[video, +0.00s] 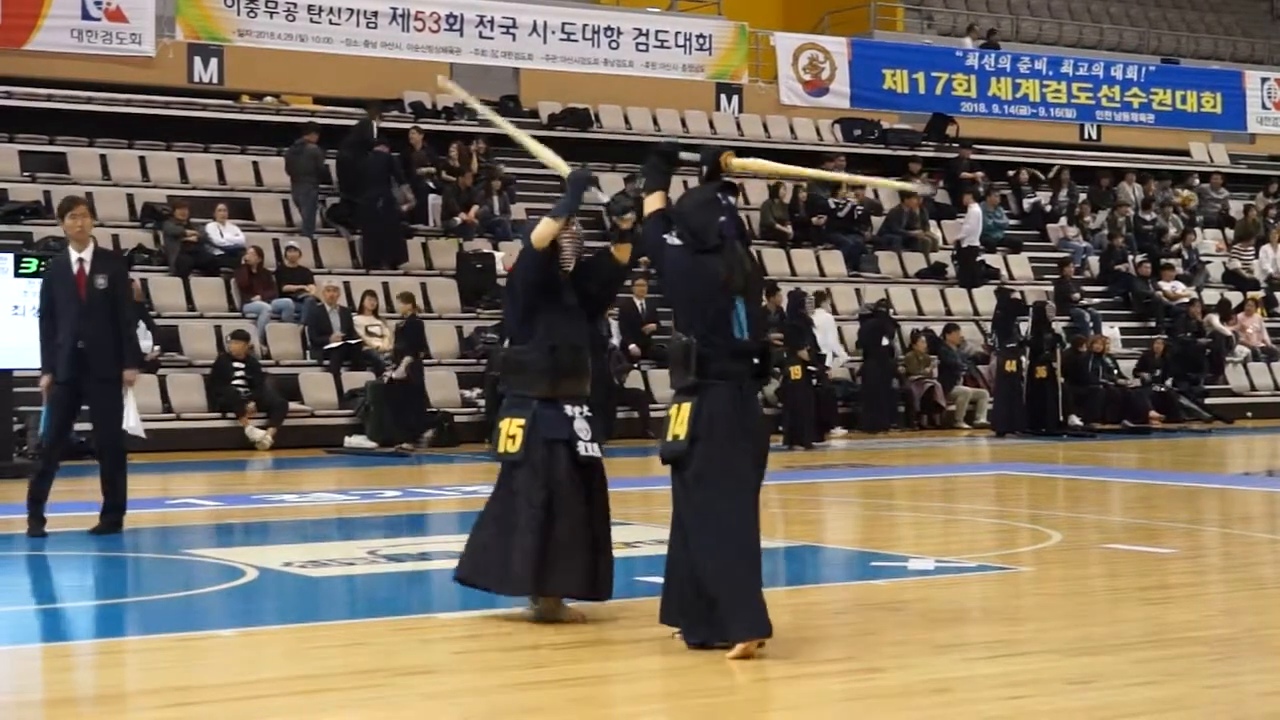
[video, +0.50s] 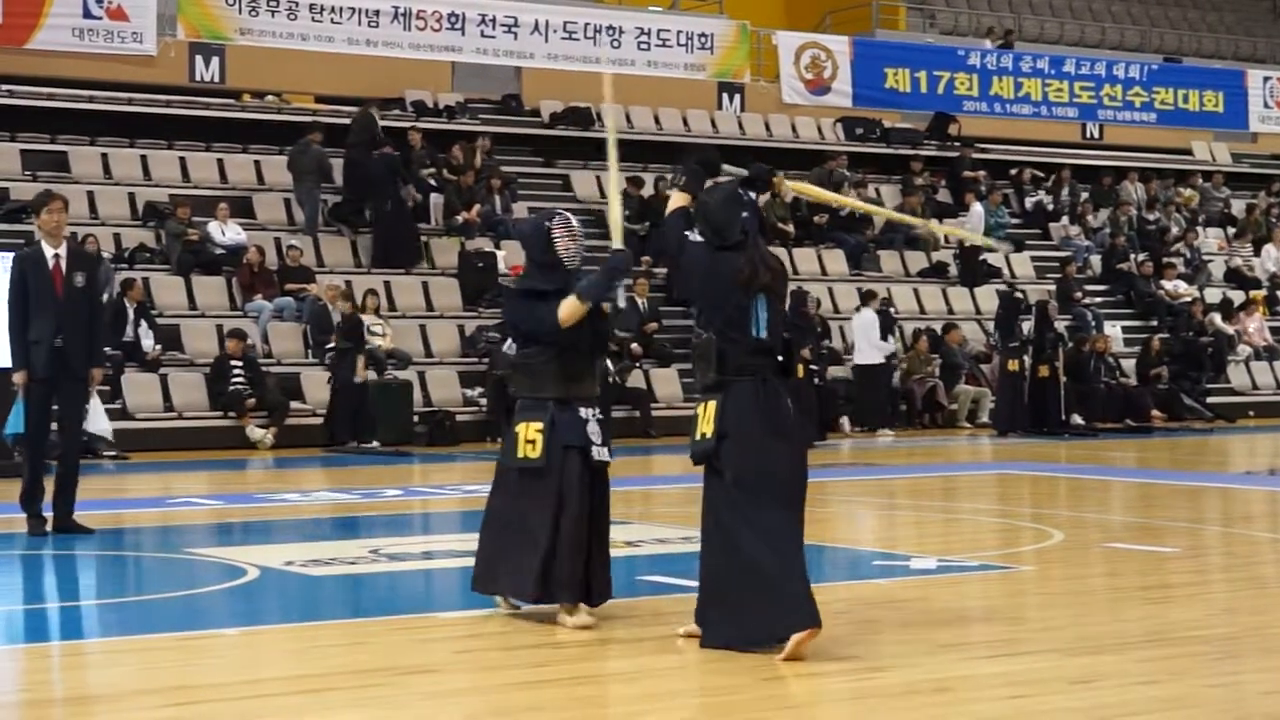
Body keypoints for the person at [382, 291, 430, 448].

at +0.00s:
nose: (398, 307)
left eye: (400, 304)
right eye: (398, 304)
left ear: (409, 305)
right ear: (407, 305)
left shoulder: (413, 322)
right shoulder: (404, 322)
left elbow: (412, 348)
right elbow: (401, 346)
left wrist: (403, 366)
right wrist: (394, 364)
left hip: (412, 364)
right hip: (404, 364)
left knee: (412, 399)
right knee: (409, 399)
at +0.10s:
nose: (385, 306)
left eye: (388, 303)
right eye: (385, 303)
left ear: (396, 304)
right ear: (394, 305)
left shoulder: (403, 322)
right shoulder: (392, 322)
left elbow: (406, 348)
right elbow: (390, 345)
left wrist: (405, 369)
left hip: (399, 366)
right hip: (389, 366)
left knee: (401, 401)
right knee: (392, 401)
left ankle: (404, 437)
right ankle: (394, 436)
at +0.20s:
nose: (373, 308)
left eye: (376, 305)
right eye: (373, 305)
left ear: (385, 306)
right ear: (385, 307)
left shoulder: (388, 323)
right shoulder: (386, 322)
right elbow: (379, 342)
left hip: (387, 368)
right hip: (384, 367)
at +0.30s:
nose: (359, 308)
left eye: (362, 304)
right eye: (360, 304)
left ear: (371, 306)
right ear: (370, 305)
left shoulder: (377, 323)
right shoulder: (368, 322)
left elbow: (387, 347)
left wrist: (399, 367)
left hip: (375, 367)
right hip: (366, 366)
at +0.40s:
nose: (349, 308)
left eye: (351, 304)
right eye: (349, 305)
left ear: (359, 304)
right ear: (354, 305)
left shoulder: (366, 321)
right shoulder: (354, 320)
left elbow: (376, 347)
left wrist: (382, 369)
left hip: (363, 364)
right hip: (352, 363)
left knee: (359, 398)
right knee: (352, 398)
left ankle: (356, 437)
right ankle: (351, 437)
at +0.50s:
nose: (338, 306)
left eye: (341, 303)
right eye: (337, 303)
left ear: (349, 303)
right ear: (338, 304)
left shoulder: (355, 320)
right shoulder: (342, 321)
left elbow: (360, 346)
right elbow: (339, 343)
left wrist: (360, 368)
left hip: (353, 361)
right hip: (341, 362)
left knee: (357, 397)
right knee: (343, 397)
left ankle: (365, 436)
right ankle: (347, 438)